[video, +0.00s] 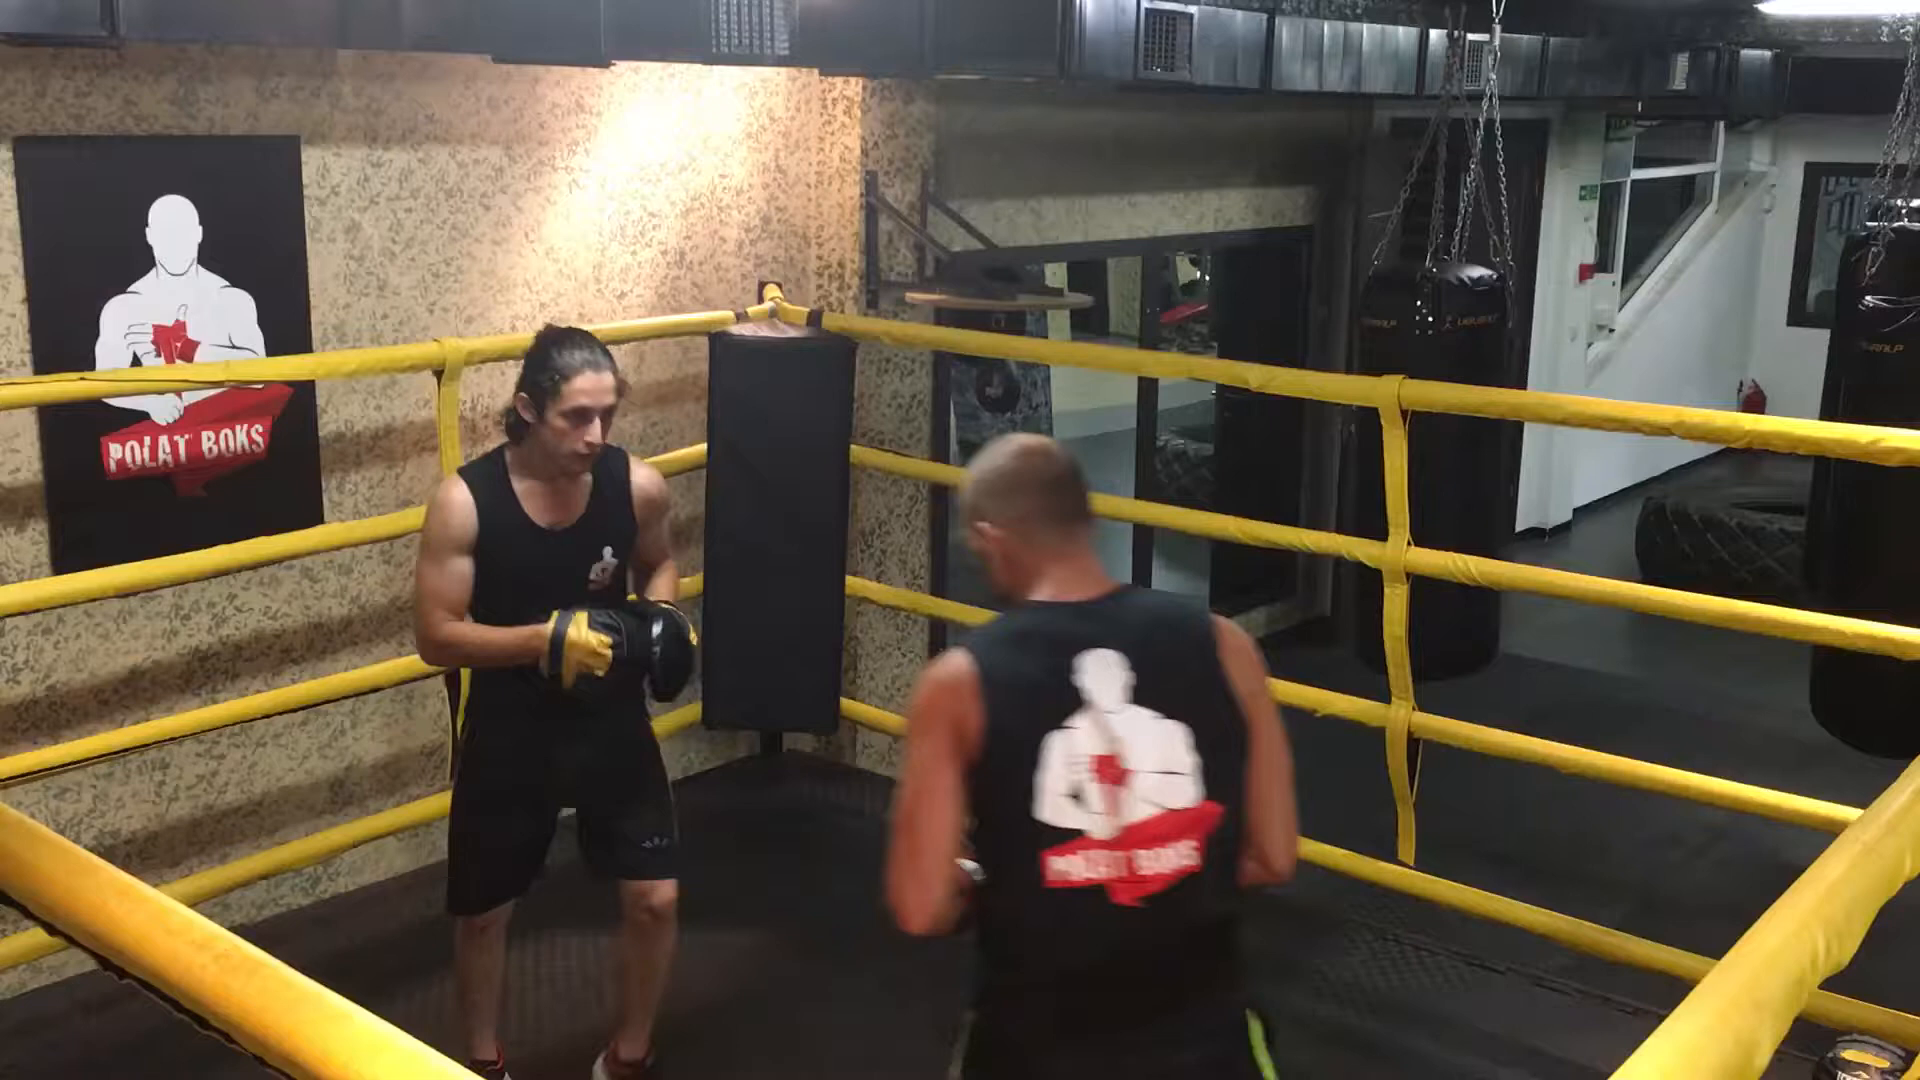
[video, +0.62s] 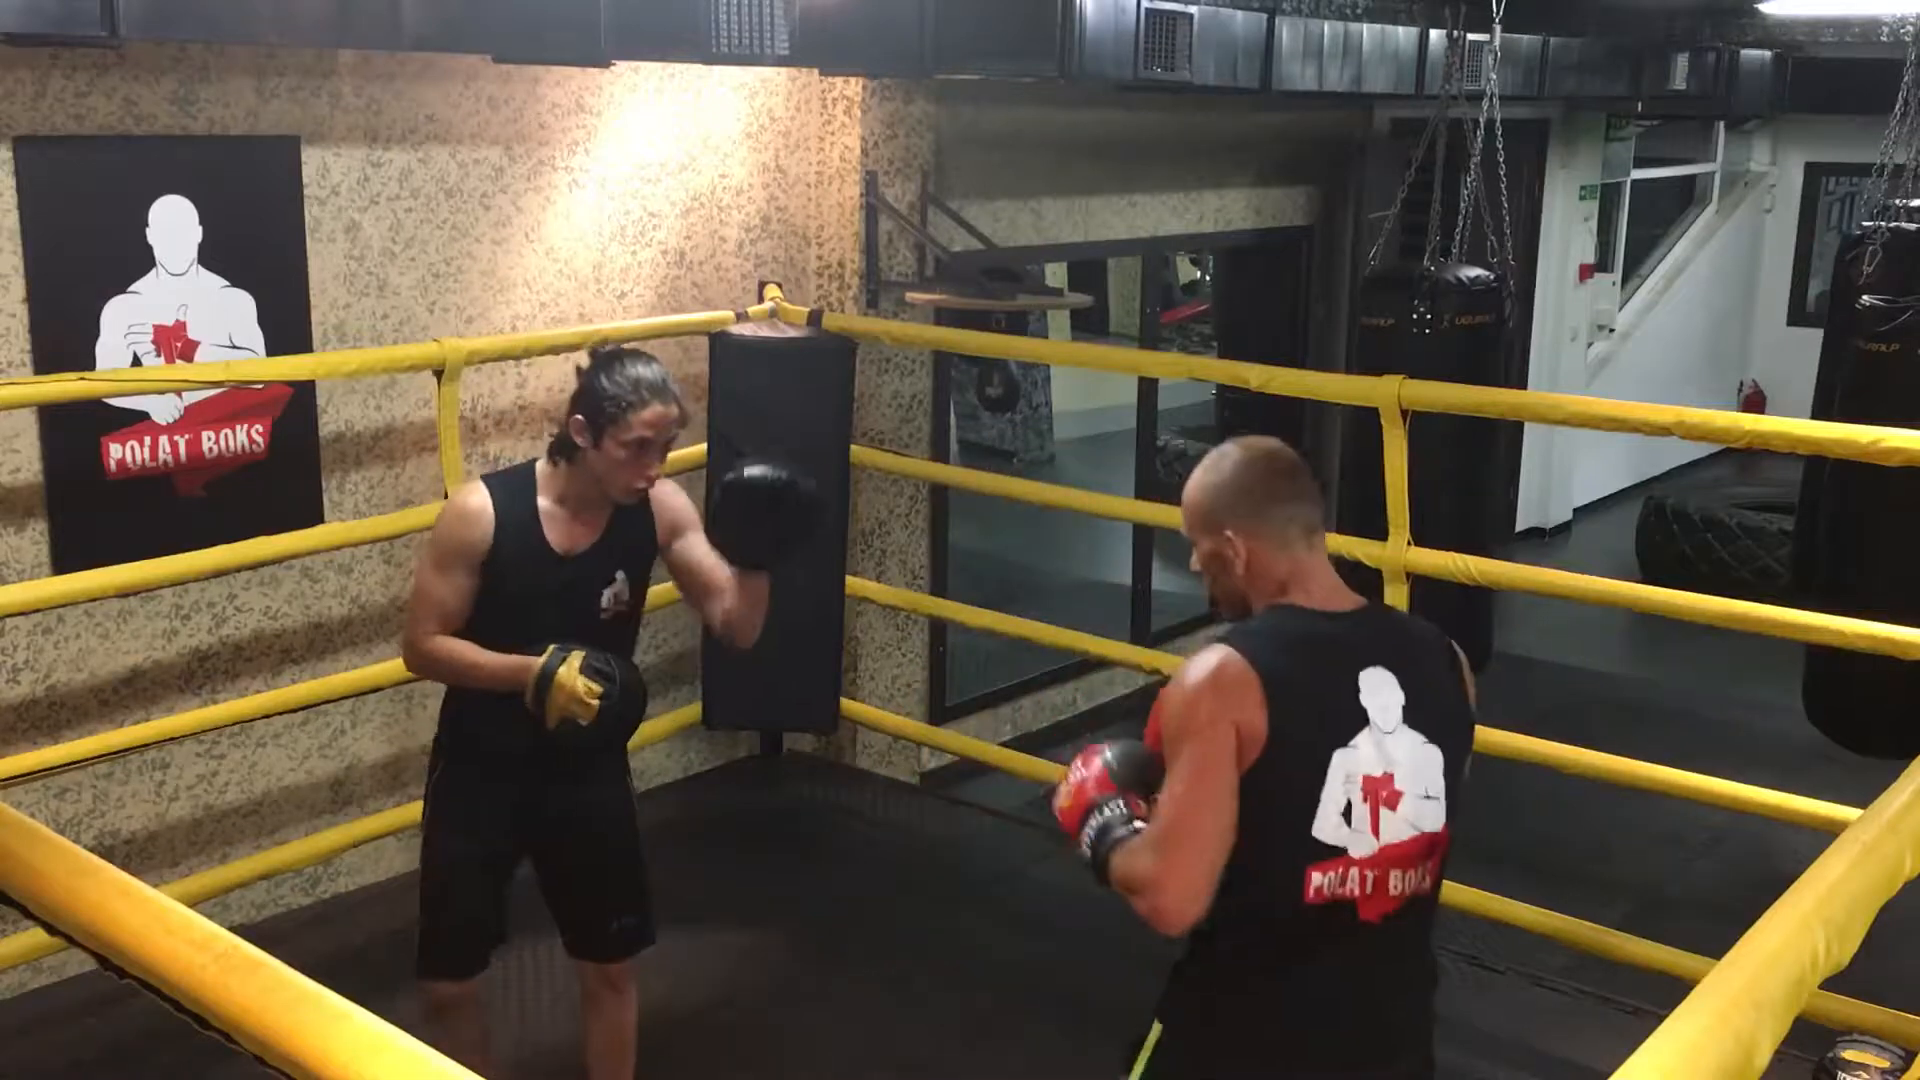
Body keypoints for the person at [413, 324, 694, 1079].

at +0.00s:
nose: (595, 436)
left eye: (605, 417)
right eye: (577, 417)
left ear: (616, 411)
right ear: (526, 410)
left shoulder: (637, 488)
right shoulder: (464, 499)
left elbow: (657, 565)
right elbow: (436, 637)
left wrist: (658, 617)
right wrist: (547, 640)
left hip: (613, 724)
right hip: (506, 734)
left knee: (655, 898)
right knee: (481, 910)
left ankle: (629, 1057)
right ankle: (484, 1058)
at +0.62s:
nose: (653, 467)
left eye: (663, 447)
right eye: (636, 448)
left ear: (672, 439)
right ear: (581, 432)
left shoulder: (659, 506)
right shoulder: (480, 512)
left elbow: (738, 628)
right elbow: (421, 646)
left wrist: (756, 548)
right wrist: (535, 673)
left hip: (587, 771)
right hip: (478, 773)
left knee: (609, 967)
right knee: (448, 985)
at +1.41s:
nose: (655, 450)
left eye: (663, 428)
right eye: (633, 430)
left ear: (670, 423)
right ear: (573, 427)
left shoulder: (688, 513)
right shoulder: (507, 548)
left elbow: (754, 597)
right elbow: (479, 702)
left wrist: (793, 619)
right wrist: (606, 697)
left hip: (663, 807)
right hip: (547, 816)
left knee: (705, 1016)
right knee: (502, 1025)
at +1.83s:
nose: (768, 450)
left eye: (775, 431)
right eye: (750, 430)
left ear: (780, 435)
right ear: (693, 429)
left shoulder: (760, 533)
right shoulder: (611, 539)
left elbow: (755, 634)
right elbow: (565, 686)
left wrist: (790, 684)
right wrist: (693, 730)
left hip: (726, 784)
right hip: (617, 793)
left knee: (802, 953)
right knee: (543, 1003)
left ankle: (828, 1071)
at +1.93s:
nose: (829, 444)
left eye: (837, 427)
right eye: (811, 425)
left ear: (841, 432)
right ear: (755, 422)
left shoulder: (818, 532)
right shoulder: (663, 519)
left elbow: (807, 631)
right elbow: (603, 652)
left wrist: (824, 678)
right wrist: (712, 716)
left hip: (767, 770)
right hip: (656, 770)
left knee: (815, 944)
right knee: (578, 962)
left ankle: (831, 1072)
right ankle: (539, 1073)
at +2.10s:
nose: (871, 427)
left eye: (882, 411)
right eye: (857, 406)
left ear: (887, 419)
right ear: (808, 399)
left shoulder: (872, 517)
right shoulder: (710, 485)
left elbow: (881, 636)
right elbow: (658, 609)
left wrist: (850, 682)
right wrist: (756, 679)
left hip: (811, 745)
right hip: (707, 739)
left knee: (831, 927)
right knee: (671, 918)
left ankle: (834, 1069)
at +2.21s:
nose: (863, 412)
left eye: (878, 398)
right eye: (849, 392)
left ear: (887, 408)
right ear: (807, 392)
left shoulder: (887, 506)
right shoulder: (719, 478)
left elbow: (906, 617)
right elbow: (669, 599)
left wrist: (871, 654)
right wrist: (756, 655)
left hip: (830, 730)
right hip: (730, 726)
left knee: (840, 922)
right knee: (735, 898)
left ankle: (836, 1071)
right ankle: (805, 1012)